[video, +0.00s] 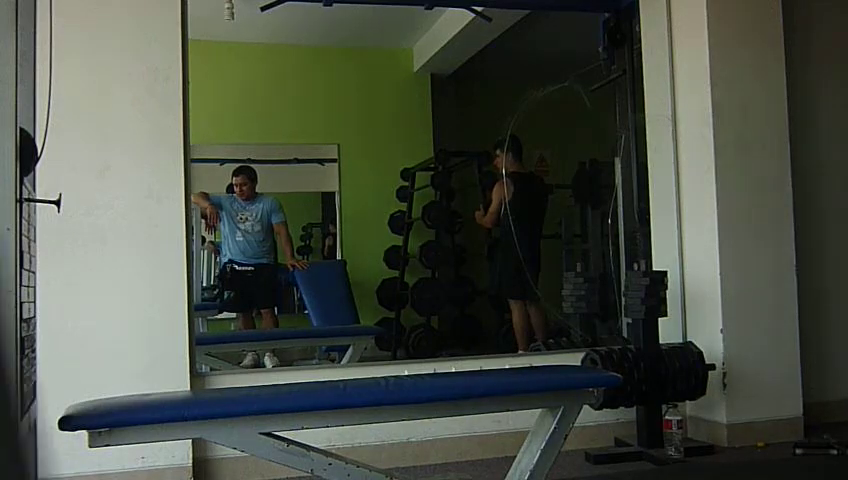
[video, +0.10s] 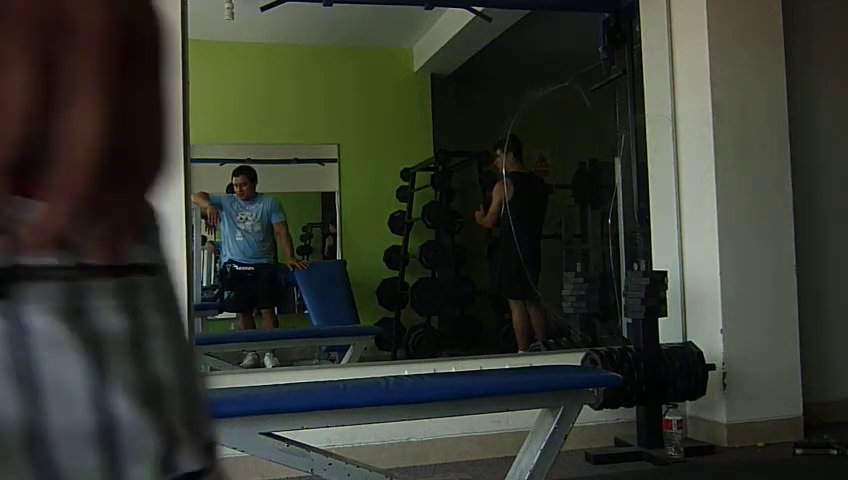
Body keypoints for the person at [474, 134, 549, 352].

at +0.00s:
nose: (495, 162)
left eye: (497, 157)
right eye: (495, 157)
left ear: (506, 156)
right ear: (519, 156)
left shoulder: (503, 186)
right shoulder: (537, 182)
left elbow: (490, 220)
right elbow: (538, 215)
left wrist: (480, 217)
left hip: (510, 248)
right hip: (533, 246)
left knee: (516, 301)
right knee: (533, 299)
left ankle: (522, 352)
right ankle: (542, 347)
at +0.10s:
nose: (495, 163)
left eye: (497, 157)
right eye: (495, 157)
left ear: (506, 156)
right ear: (519, 156)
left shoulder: (503, 185)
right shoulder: (537, 182)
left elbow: (490, 220)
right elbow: (538, 215)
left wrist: (480, 217)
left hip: (511, 248)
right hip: (533, 245)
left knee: (516, 301)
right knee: (533, 298)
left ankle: (523, 352)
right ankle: (542, 347)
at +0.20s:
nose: (495, 163)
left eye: (497, 157)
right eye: (495, 158)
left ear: (506, 156)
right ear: (519, 156)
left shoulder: (503, 185)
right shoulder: (537, 182)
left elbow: (490, 220)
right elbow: (537, 215)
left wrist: (480, 217)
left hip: (511, 248)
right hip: (533, 246)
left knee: (516, 301)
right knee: (533, 299)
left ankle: (523, 352)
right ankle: (542, 347)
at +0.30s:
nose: (496, 163)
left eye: (497, 157)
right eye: (495, 158)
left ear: (507, 156)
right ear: (519, 156)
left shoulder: (504, 185)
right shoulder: (537, 182)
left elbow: (490, 221)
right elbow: (537, 215)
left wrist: (480, 217)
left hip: (511, 247)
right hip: (533, 245)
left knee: (516, 301)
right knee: (532, 298)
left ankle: (522, 353)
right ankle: (542, 346)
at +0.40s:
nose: (497, 163)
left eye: (499, 157)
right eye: (497, 157)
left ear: (510, 156)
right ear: (518, 157)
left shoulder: (505, 185)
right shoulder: (539, 182)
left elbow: (492, 218)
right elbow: (538, 217)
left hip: (512, 247)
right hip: (533, 246)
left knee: (516, 301)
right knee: (532, 299)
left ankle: (523, 352)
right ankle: (542, 347)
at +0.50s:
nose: (497, 162)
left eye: (498, 157)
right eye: (497, 157)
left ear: (509, 156)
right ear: (518, 157)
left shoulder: (504, 186)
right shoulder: (532, 180)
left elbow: (491, 220)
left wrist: (480, 217)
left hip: (511, 248)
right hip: (533, 243)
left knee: (516, 302)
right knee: (532, 299)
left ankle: (522, 351)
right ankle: (542, 345)